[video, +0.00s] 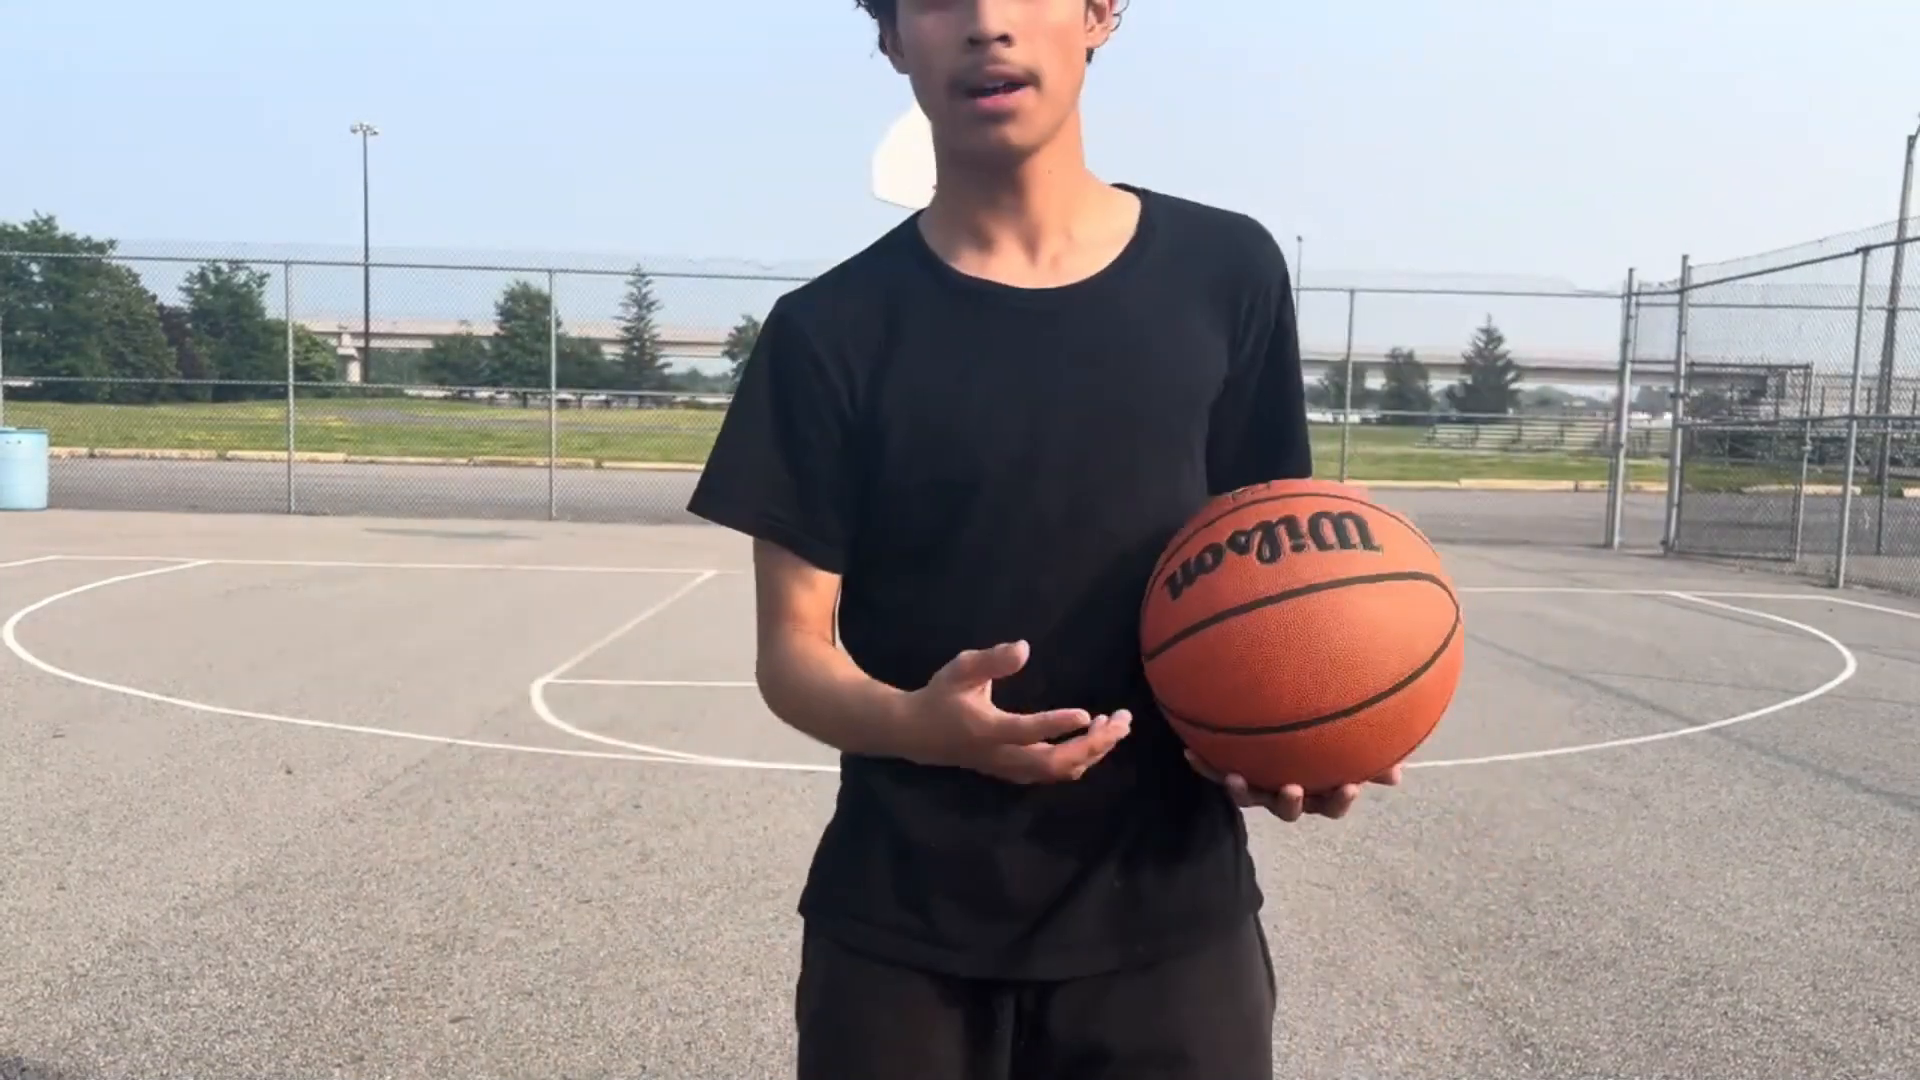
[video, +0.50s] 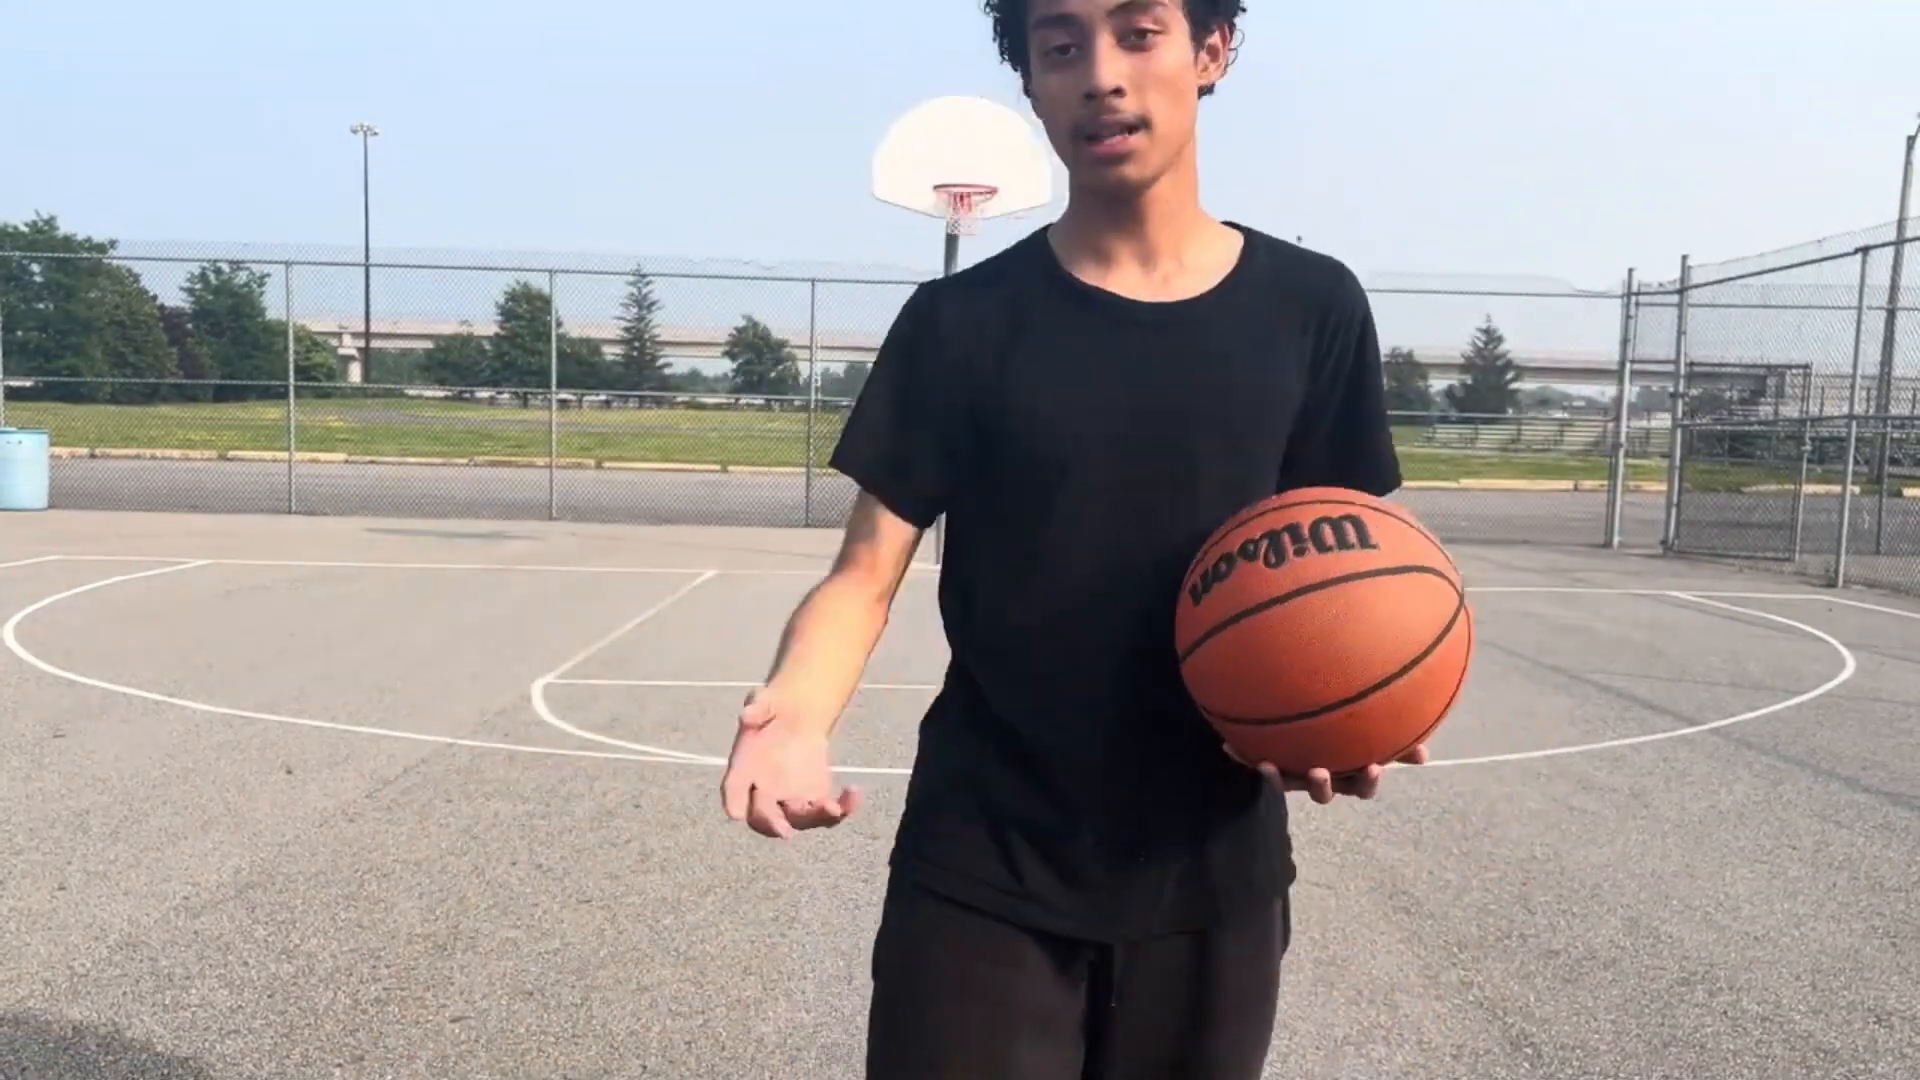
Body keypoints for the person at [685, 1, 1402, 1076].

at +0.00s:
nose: (986, 25)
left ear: (1096, 20)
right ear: (896, 41)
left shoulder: (1228, 273)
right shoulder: (826, 332)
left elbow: (1280, 570)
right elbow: (792, 656)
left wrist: (1301, 729)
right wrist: (914, 723)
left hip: (1169, 924)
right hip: (904, 935)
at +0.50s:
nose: (1102, 79)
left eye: (1138, 34)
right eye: (1062, 48)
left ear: (1210, 54)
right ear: (1029, 84)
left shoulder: (1315, 308)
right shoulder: (956, 321)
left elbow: (1355, 573)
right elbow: (864, 569)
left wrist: (1343, 710)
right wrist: (796, 705)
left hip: (1213, 872)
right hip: (987, 869)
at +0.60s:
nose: (1141, 94)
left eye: (1180, 48)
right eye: (1105, 58)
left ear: (1256, 63)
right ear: (1072, 81)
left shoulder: (1345, 324)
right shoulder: (989, 313)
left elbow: (1357, 581)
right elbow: (851, 540)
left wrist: (1336, 730)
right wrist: (679, 683)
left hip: (1219, 869)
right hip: (997, 866)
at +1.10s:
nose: (1100, 79)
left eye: (1150, 42)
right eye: (1093, 46)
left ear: (1264, 69)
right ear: (1079, 66)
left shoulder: (1356, 345)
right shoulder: (987, 303)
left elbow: (1328, 618)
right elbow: (869, 555)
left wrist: (1294, 771)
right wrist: (710, 755)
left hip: (1204, 901)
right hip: (967, 887)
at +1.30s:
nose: (1058, 36)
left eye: (1102, 2)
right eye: (1022, 3)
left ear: (1174, 35)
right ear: (978, 40)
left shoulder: (1284, 295)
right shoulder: (895, 316)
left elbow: (1312, 577)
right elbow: (886, 608)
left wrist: (1320, 742)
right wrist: (862, 837)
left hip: (1187, 913)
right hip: (935, 906)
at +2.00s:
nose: (1183, 5)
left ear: (1301, 2)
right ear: (1090, 5)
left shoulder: (1434, 283)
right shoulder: (947, 269)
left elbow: (1411, 606)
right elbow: (886, 610)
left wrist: (1421, 808)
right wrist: (882, 909)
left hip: (1287, 988)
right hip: (994, 989)